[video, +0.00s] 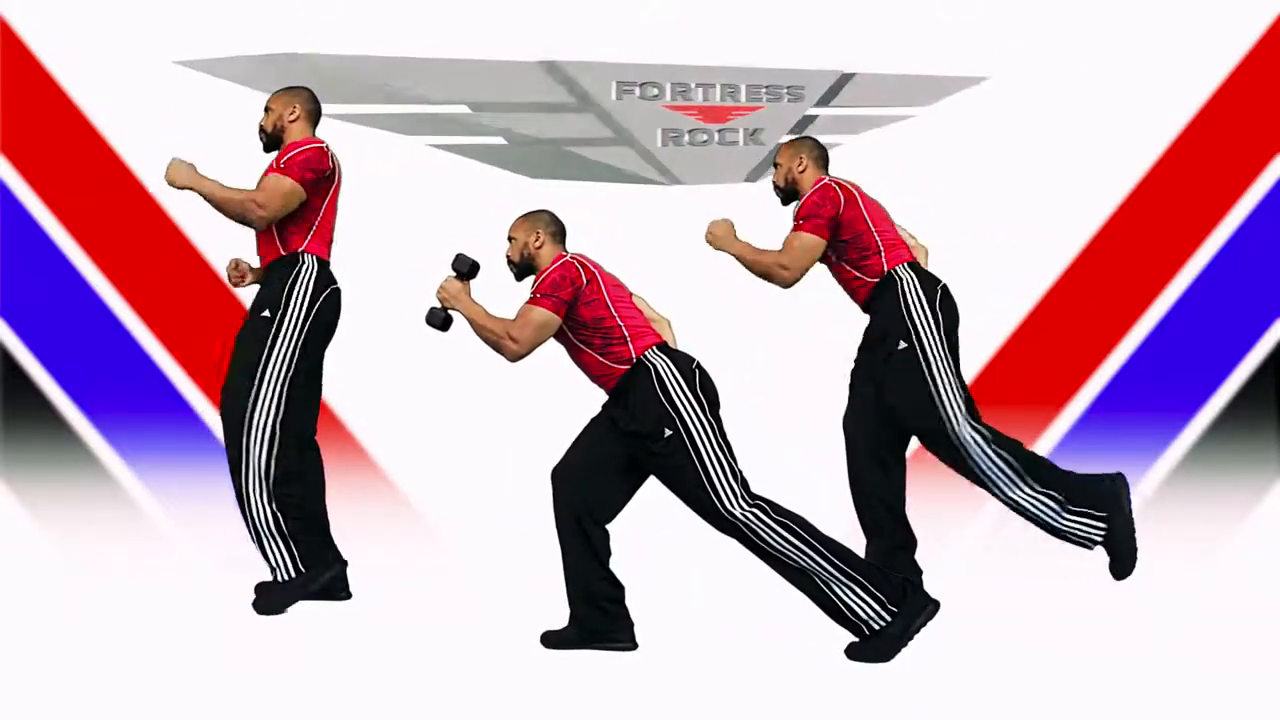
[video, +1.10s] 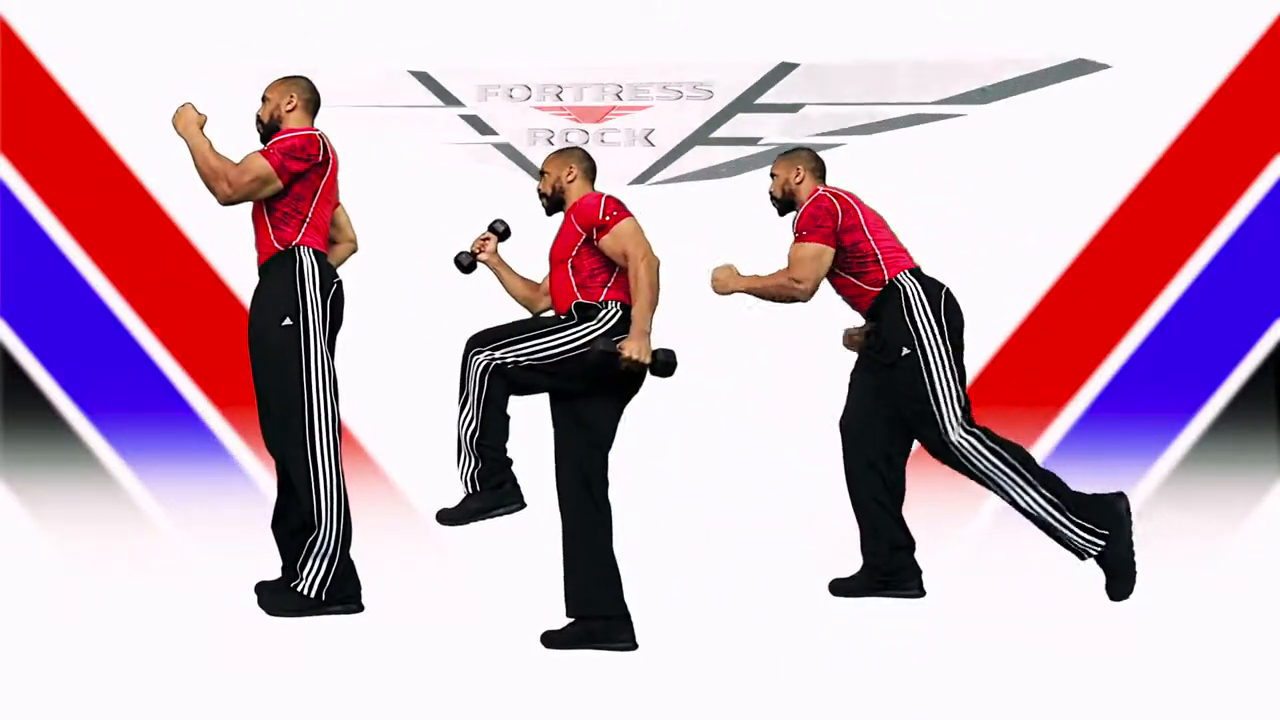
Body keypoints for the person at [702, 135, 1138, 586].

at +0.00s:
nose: (772, 179)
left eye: (776, 168)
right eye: (772, 171)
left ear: (802, 161)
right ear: (811, 167)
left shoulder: (824, 194)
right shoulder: (850, 200)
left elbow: (786, 269)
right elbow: (915, 252)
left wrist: (732, 246)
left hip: (907, 300)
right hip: (889, 315)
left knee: (955, 434)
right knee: (868, 440)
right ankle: (893, 579)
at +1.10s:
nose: (769, 184)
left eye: (775, 175)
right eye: (769, 177)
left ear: (802, 173)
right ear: (805, 177)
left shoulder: (822, 204)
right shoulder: (837, 212)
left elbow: (799, 283)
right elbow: (887, 279)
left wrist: (740, 283)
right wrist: (872, 330)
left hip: (911, 306)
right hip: (889, 325)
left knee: (950, 434)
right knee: (866, 440)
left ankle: (1096, 525)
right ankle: (889, 568)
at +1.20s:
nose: (778, 173)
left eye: (782, 163)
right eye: (778, 165)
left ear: (805, 161)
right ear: (812, 163)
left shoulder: (831, 190)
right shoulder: (838, 202)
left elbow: (837, 263)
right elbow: (866, 291)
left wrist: (771, 297)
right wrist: (816, 312)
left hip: (912, 298)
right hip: (888, 314)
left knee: (892, 427)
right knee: (866, 430)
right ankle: (890, 568)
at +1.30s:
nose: (789, 164)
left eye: (794, 155)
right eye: (789, 157)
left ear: (819, 152)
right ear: (821, 154)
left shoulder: (844, 178)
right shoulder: (835, 206)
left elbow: (875, 239)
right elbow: (836, 286)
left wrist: (828, 297)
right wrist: (779, 275)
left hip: (908, 288)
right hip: (903, 298)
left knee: (825, 383)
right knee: (884, 425)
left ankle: (897, 500)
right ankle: (890, 567)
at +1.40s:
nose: (797, 154)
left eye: (801, 144)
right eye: (797, 147)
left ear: (825, 141)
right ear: (830, 143)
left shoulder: (853, 167)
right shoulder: (846, 199)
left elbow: (900, 211)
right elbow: (812, 265)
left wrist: (890, 287)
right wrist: (762, 236)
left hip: (896, 286)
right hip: (906, 300)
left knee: (789, 331)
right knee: (884, 438)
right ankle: (891, 568)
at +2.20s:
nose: (794, 154)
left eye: (798, 144)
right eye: (795, 147)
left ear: (822, 141)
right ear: (825, 143)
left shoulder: (852, 169)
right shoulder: (840, 200)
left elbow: (900, 218)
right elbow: (825, 276)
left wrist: (878, 290)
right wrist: (768, 258)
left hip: (894, 287)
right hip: (899, 308)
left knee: (779, 322)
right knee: (874, 441)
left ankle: (810, 452)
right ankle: (891, 576)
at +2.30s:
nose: (786, 160)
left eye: (790, 150)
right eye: (786, 153)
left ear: (814, 146)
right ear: (822, 147)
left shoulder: (844, 175)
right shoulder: (834, 196)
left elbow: (864, 242)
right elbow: (860, 270)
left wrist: (805, 298)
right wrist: (821, 304)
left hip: (896, 282)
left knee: (809, 371)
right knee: (878, 443)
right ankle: (895, 586)